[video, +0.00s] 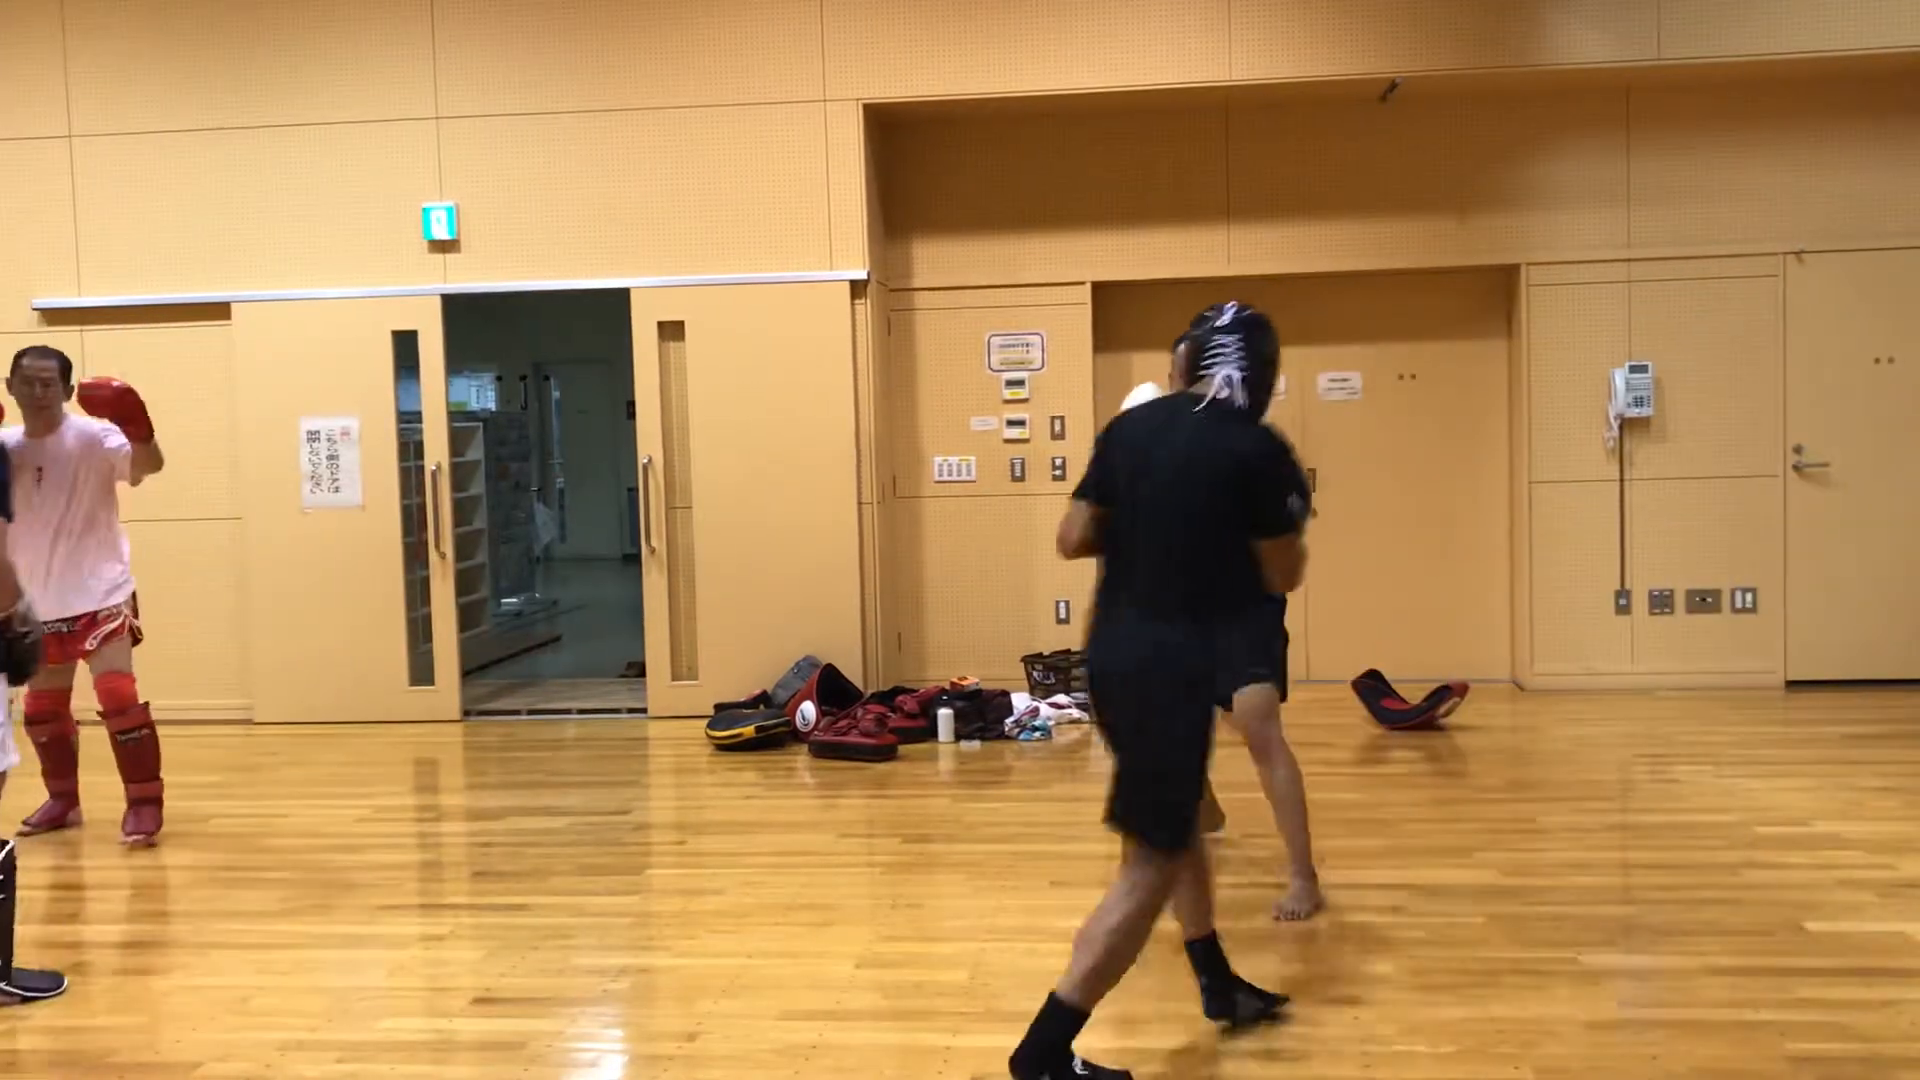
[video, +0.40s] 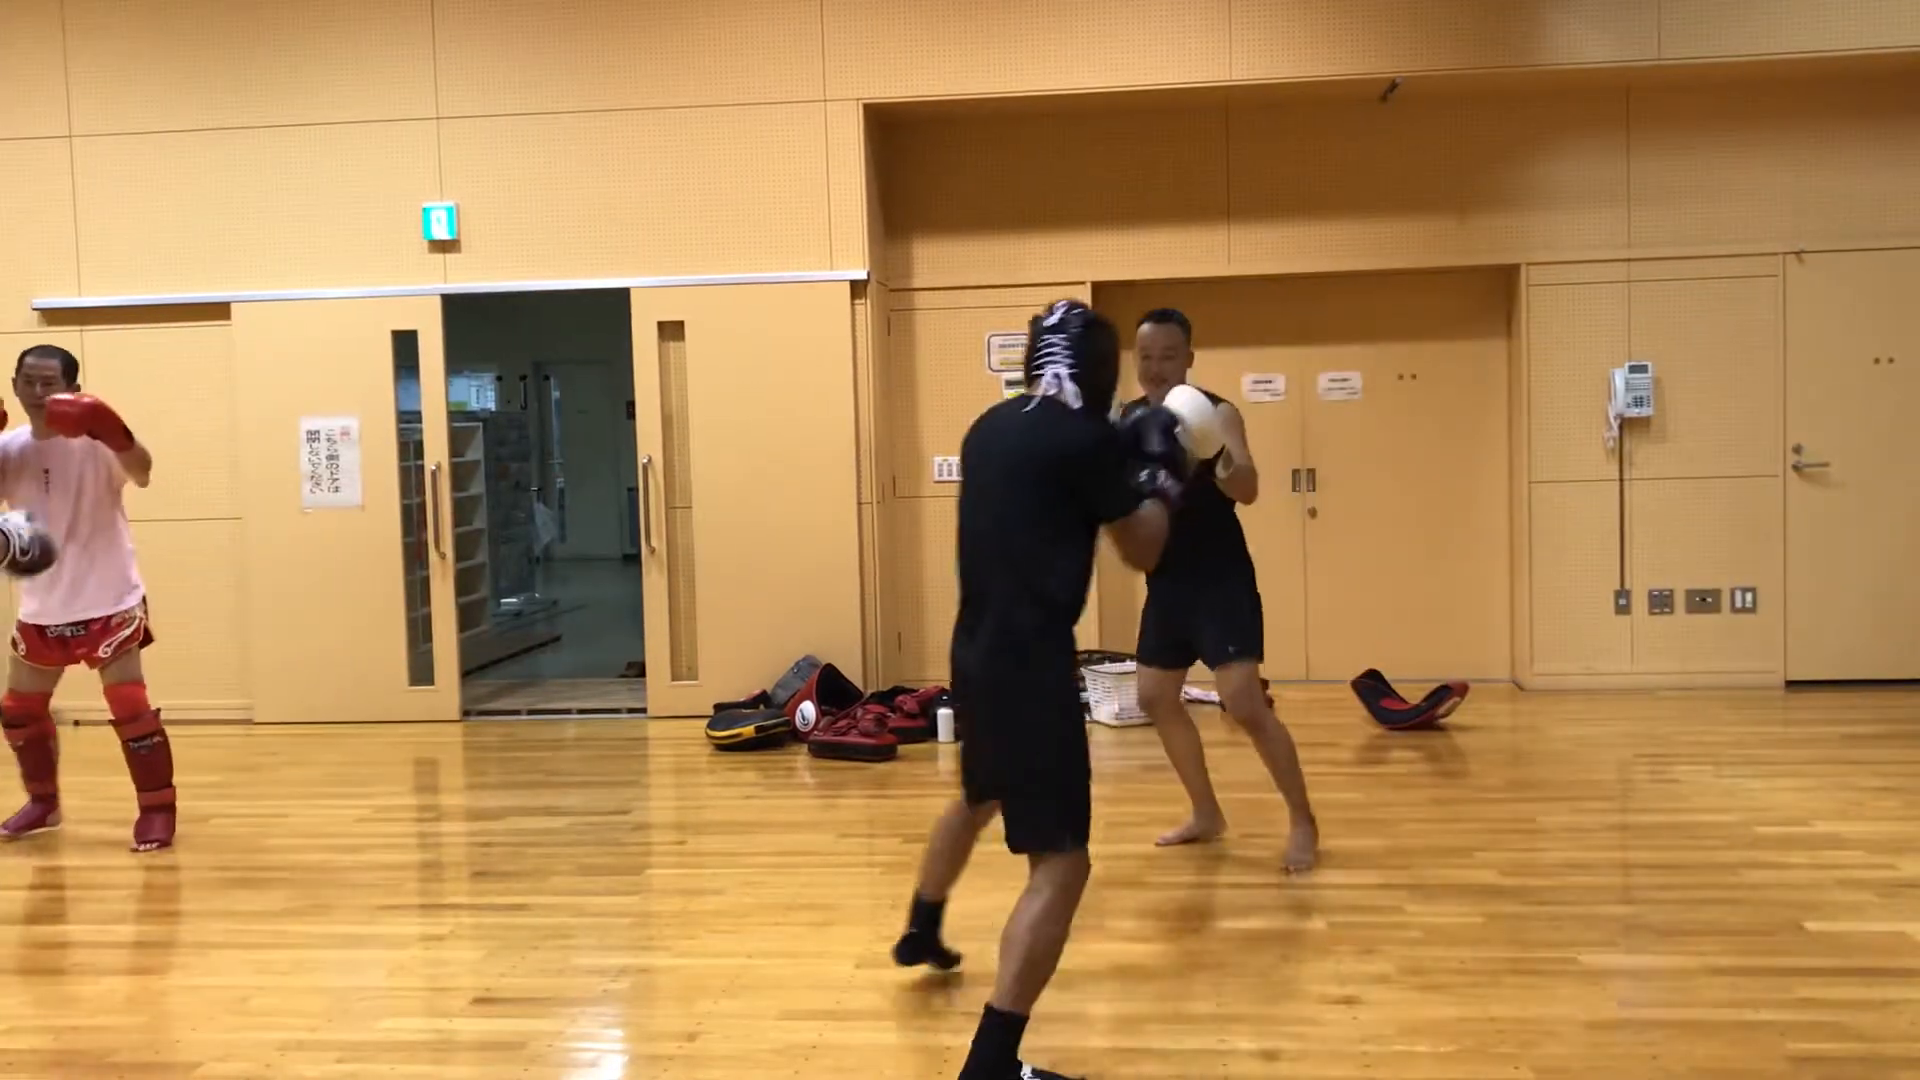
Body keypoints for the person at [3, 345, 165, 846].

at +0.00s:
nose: (36, 389)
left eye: (47, 381)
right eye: (26, 380)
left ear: (66, 390)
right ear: (11, 388)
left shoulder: (95, 436)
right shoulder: (7, 450)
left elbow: (145, 467)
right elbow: (2, 536)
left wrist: (136, 425)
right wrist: (8, 601)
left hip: (102, 592)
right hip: (40, 600)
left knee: (117, 697)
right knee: (43, 711)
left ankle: (144, 804)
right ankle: (62, 799)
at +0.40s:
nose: (37, 390)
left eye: (49, 382)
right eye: (28, 380)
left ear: (73, 389)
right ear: (15, 388)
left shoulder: (99, 442)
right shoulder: (11, 450)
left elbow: (141, 474)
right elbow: (1, 501)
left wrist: (110, 429)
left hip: (108, 595)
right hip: (41, 601)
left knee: (129, 705)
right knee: (21, 710)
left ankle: (156, 811)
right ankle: (43, 802)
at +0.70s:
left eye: (5, 388)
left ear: (26, 394)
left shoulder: (53, 449)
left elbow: (117, 495)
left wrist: (96, 475)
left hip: (59, 603)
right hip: (4, 611)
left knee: (87, 704)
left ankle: (130, 804)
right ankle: (4, 810)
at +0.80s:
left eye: (1, 390)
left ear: (12, 392)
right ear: (6, 390)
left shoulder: (31, 442)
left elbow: (102, 494)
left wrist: (95, 469)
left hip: (44, 599)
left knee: (66, 707)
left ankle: (90, 818)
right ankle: (5, 811)